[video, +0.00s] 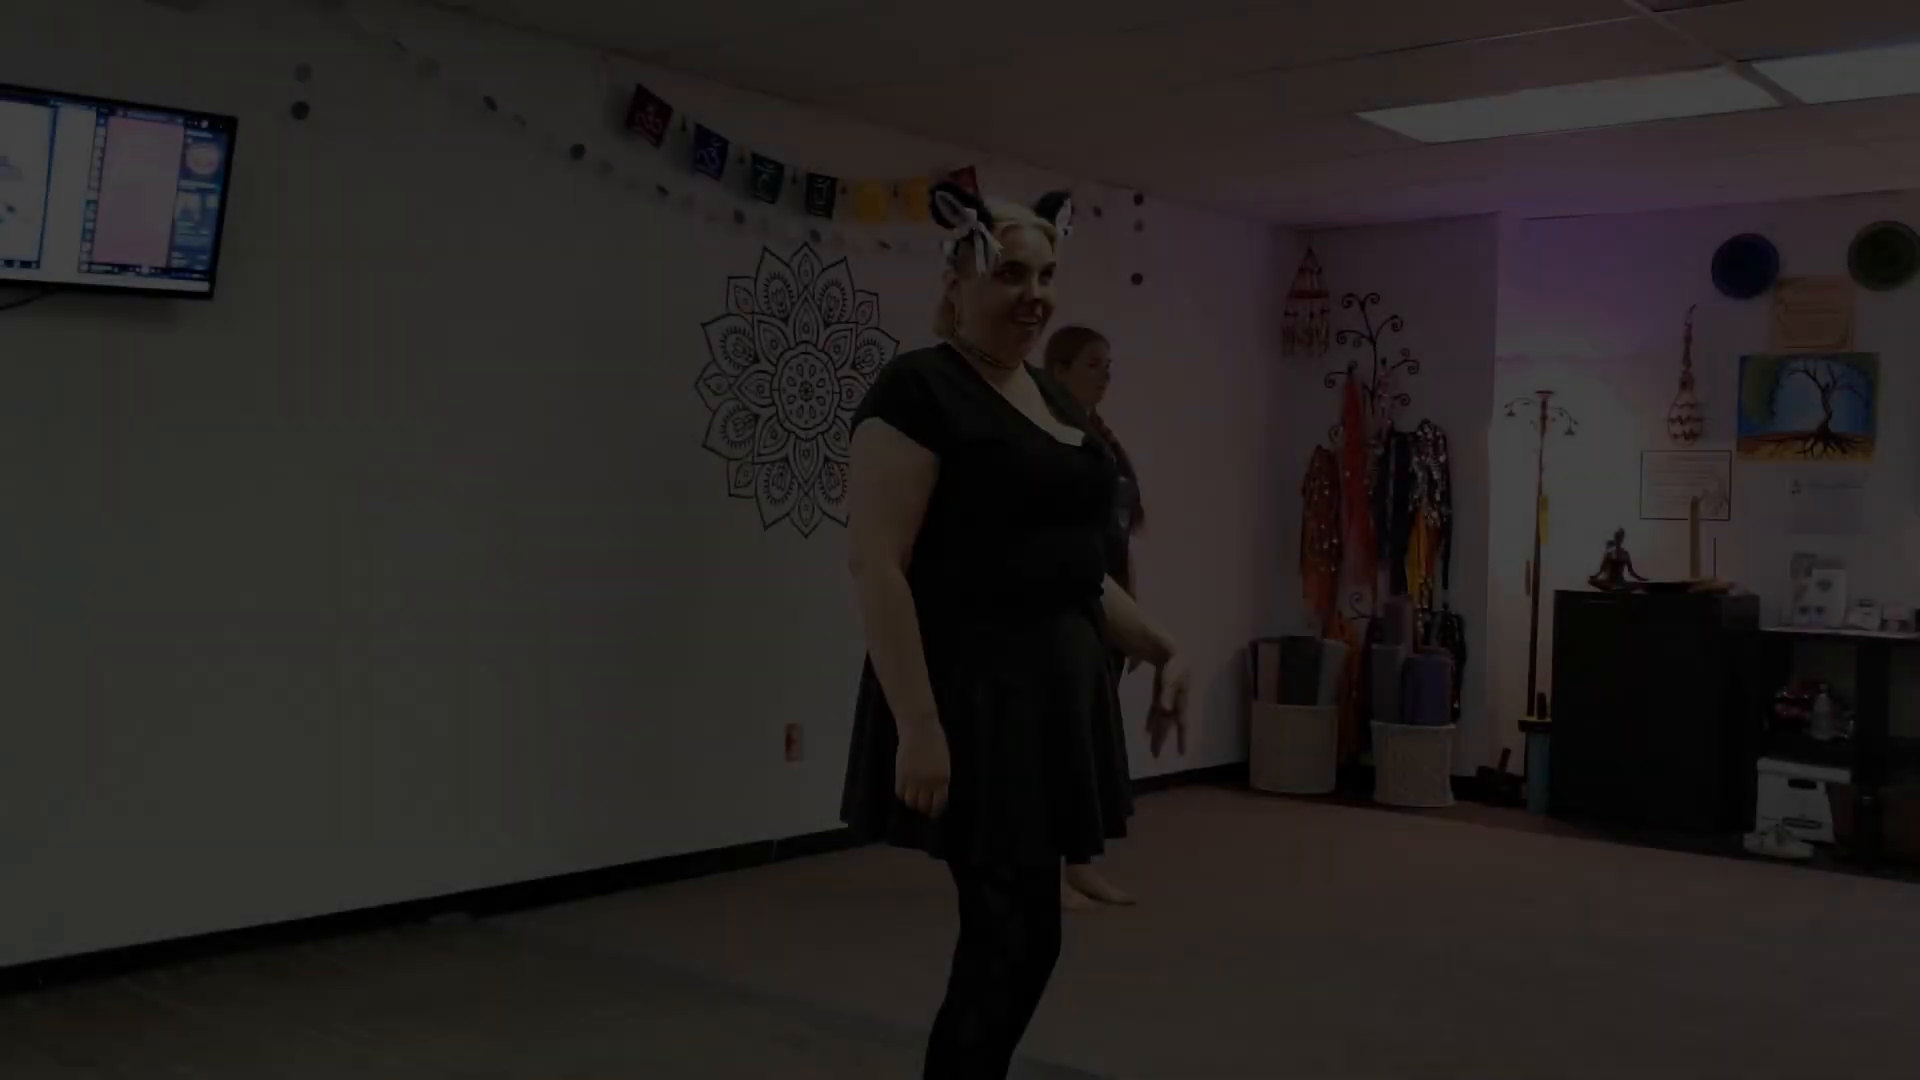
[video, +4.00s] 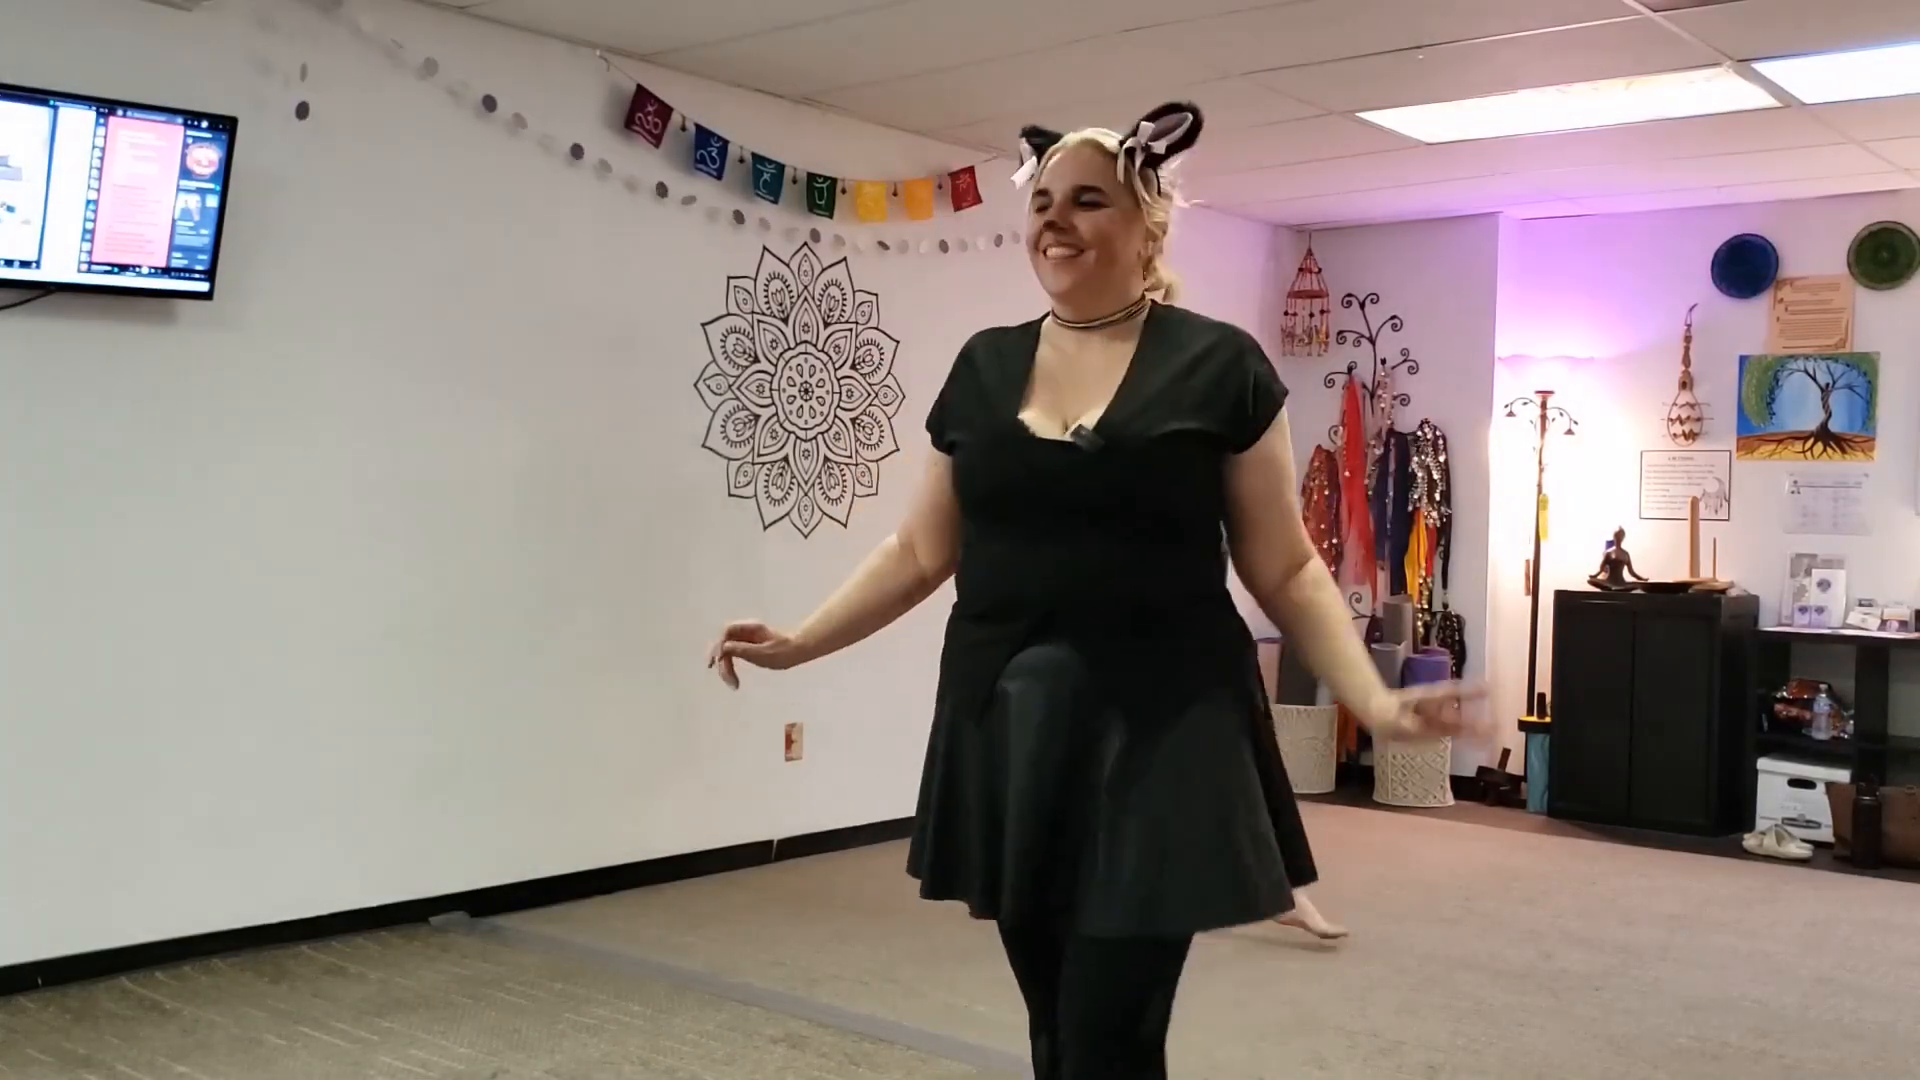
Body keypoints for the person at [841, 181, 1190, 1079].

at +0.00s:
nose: (1034, 292)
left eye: (1046, 276)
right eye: (1011, 274)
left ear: (1055, 289)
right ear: (957, 284)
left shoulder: (1052, 402)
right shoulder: (917, 390)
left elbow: (1071, 567)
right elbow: (874, 562)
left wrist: (1159, 644)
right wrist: (916, 726)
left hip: (1047, 699)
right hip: (963, 703)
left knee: (1013, 941)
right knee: (1011, 942)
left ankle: (968, 1072)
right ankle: (957, 1075)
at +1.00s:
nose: (1031, 282)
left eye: (1039, 264)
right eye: (1005, 265)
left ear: (1046, 277)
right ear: (947, 286)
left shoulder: (1056, 388)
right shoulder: (908, 383)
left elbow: (1093, 549)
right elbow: (868, 554)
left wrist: (1127, 683)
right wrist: (903, 712)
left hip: (1051, 688)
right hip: (960, 692)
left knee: (1004, 941)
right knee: (1011, 943)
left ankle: (964, 1068)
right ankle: (954, 1070)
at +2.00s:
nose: (1017, 280)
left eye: (1024, 264)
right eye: (990, 267)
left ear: (1035, 282)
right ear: (938, 295)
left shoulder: (1051, 380)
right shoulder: (910, 378)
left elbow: (1102, 528)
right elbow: (896, 552)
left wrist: (1124, 663)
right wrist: (939, 713)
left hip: (1058, 679)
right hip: (967, 688)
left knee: (1021, 935)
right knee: (1017, 940)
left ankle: (970, 1068)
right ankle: (956, 1071)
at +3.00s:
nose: (1055, 278)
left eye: (1066, 259)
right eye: (1031, 260)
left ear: (1079, 269)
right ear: (978, 270)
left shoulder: (1086, 387)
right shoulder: (932, 374)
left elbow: (1130, 552)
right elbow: (850, 533)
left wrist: (1271, 592)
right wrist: (797, 687)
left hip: (1060, 671)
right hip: (950, 668)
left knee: (992, 924)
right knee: (1065, 909)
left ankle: (966, 1076)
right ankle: (1067, 1072)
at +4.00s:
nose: (1054, 222)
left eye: (1086, 201)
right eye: (1042, 206)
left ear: (1148, 224)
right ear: (1029, 234)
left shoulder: (1219, 369)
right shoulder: (989, 367)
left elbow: (1286, 569)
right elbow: (918, 551)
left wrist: (1374, 699)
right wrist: (803, 641)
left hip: (1164, 749)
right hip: (1010, 748)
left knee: (1103, 1047)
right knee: (1061, 1041)